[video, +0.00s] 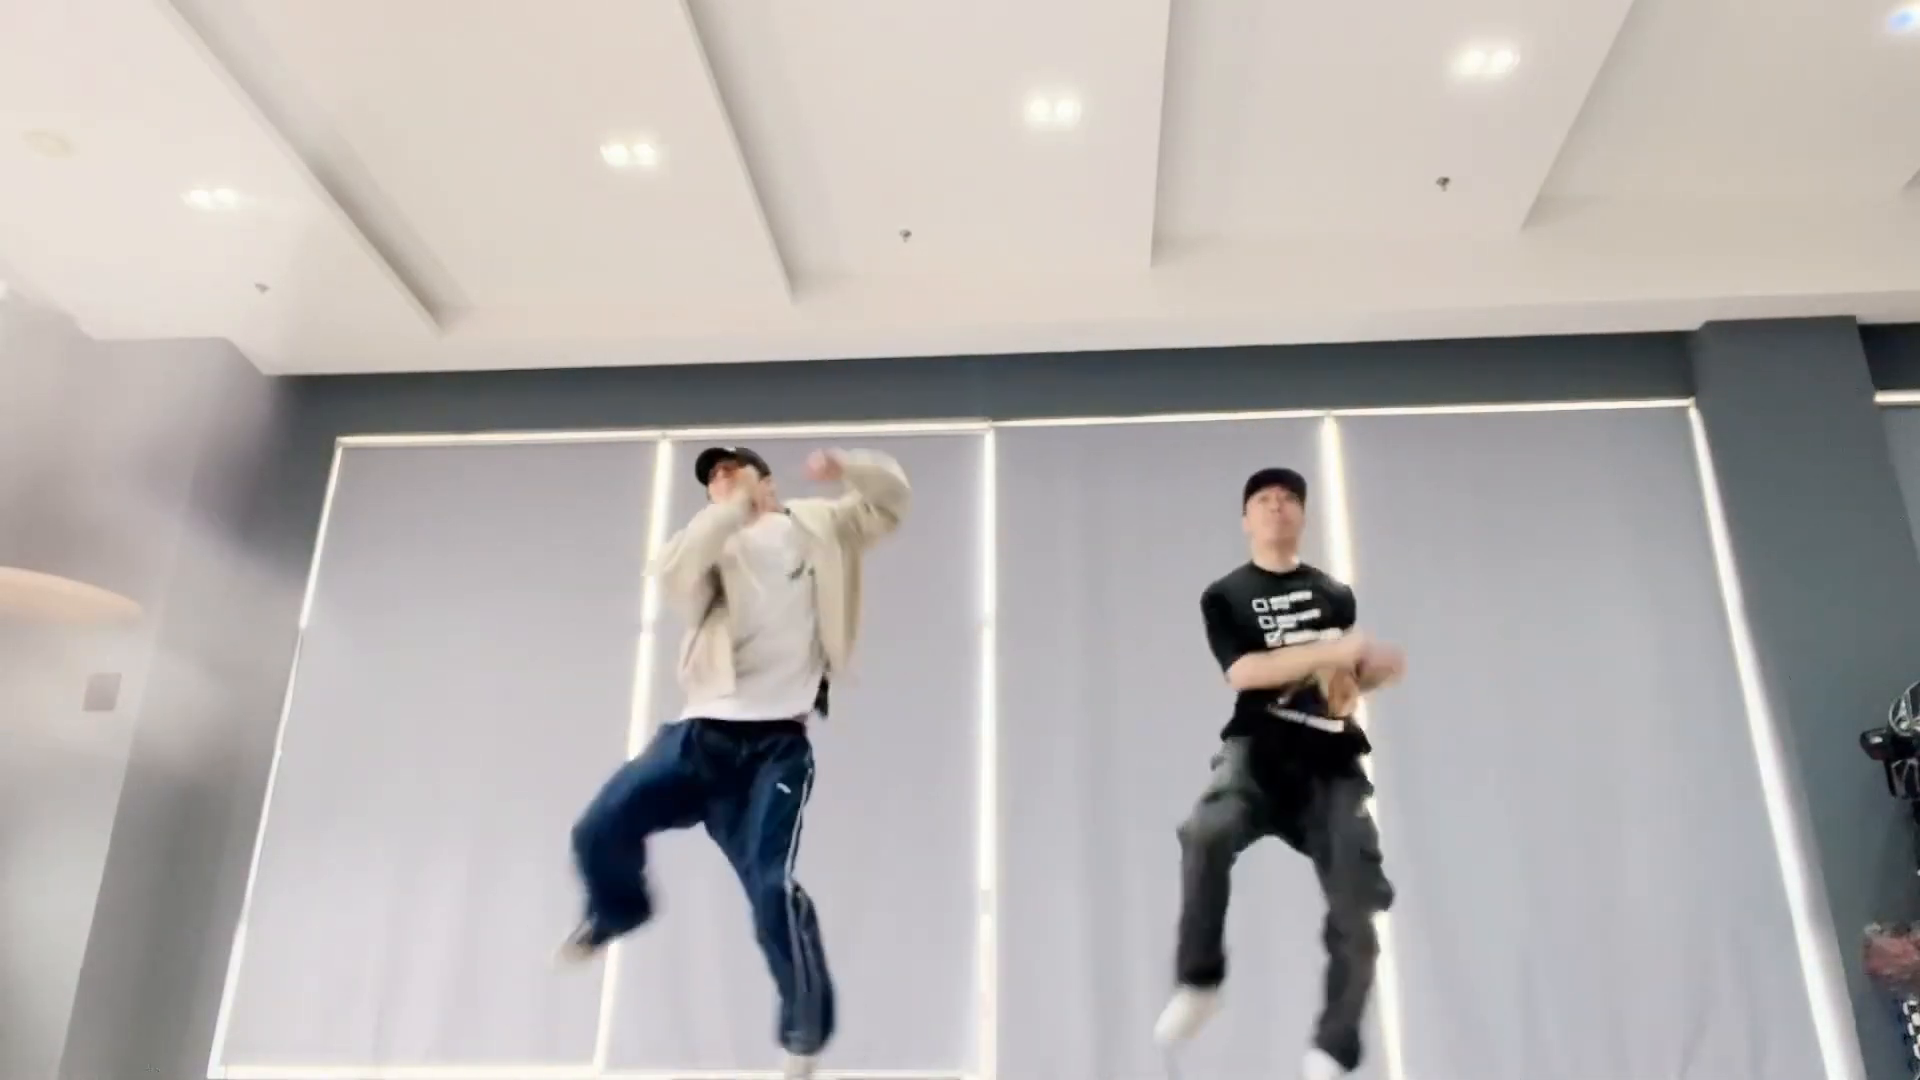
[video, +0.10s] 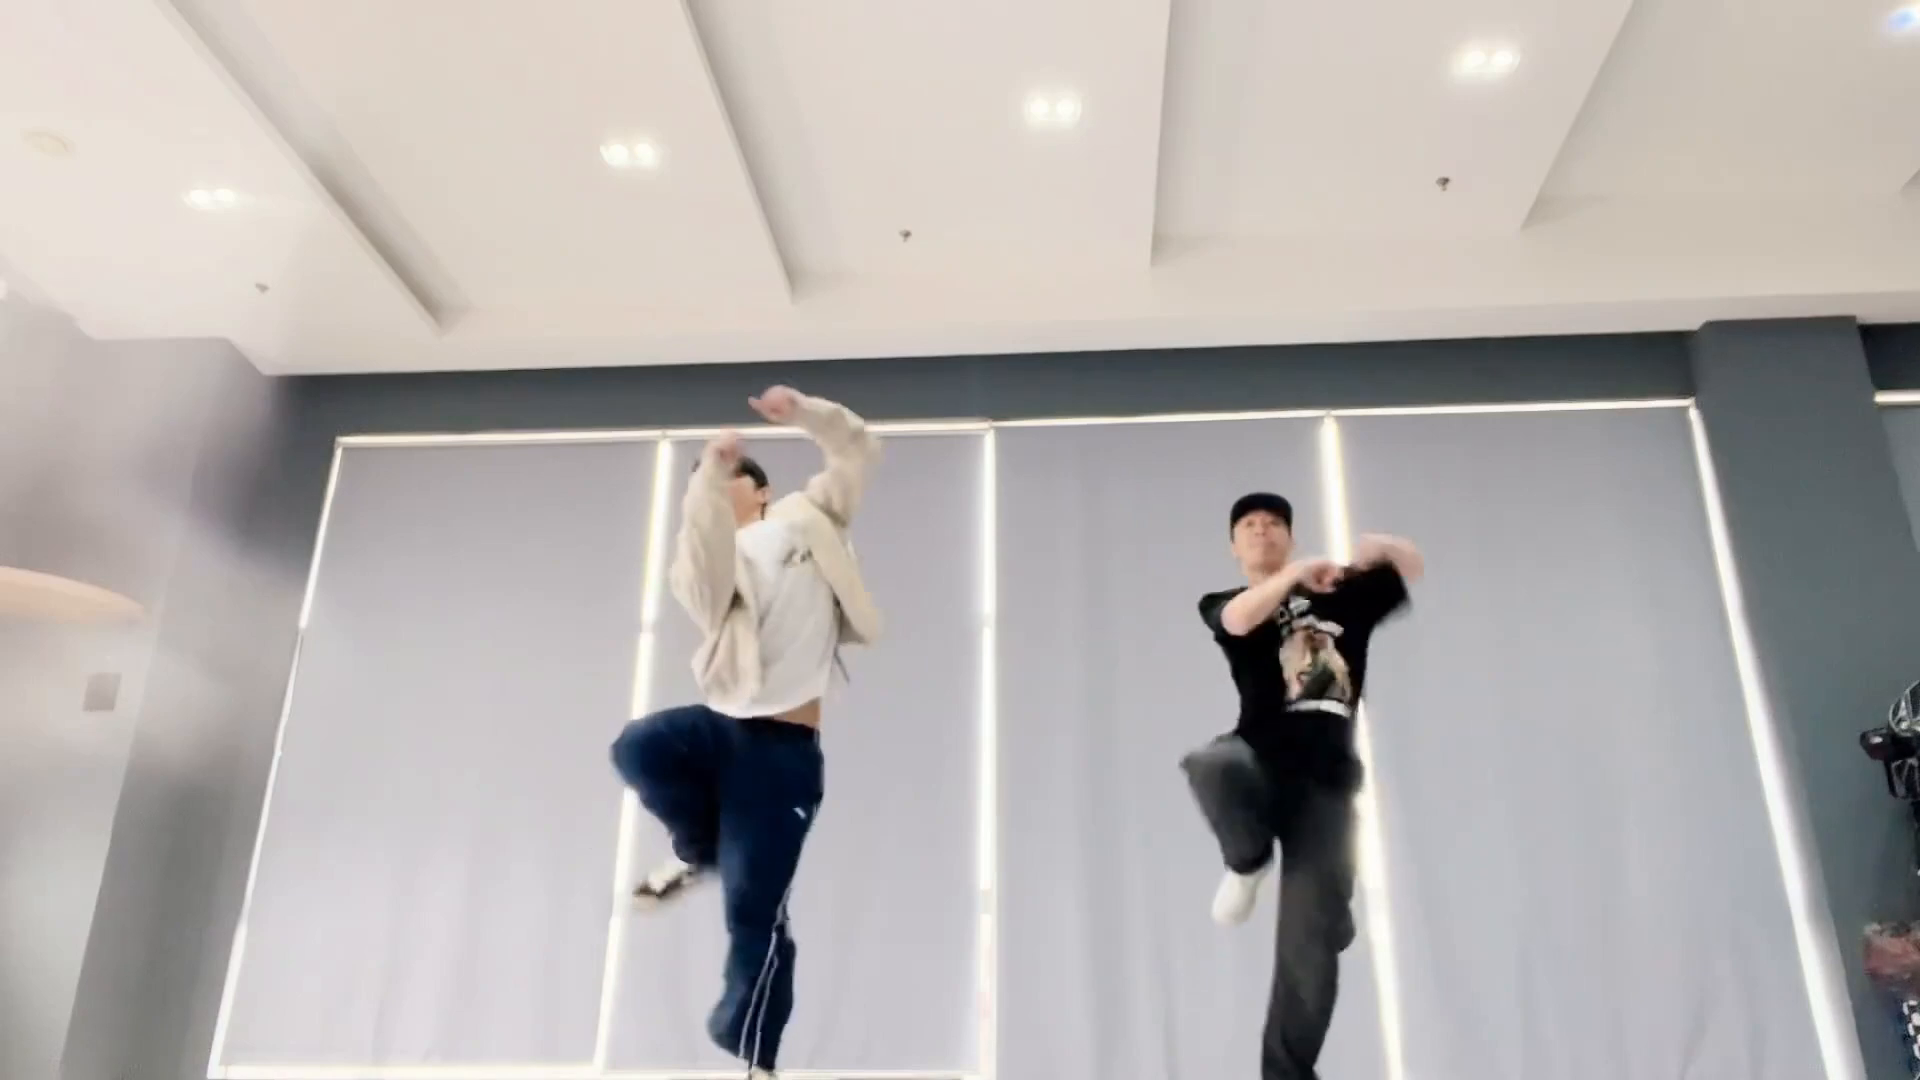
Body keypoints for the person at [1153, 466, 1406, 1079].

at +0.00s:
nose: (1277, 509)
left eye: (1288, 500)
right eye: (1264, 501)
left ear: (1303, 518)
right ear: (1246, 520)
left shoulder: (1335, 597)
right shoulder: (1225, 595)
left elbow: (1339, 690)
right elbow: (1242, 672)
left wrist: (1360, 676)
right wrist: (1337, 652)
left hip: (1331, 764)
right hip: (1257, 754)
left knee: (1357, 897)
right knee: (1204, 832)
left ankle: (1335, 1052)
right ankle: (1199, 981)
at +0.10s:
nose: (1262, 534)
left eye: (1273, 525)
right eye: (1249, 528)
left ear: (1293, 538)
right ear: (1234, 548)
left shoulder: (1349, 593)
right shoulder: (1227, 605)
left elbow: (1412, 567)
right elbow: (1238, 620)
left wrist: (1382, 550)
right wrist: (1295, 574)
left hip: (1326, 772)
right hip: (1259, 762)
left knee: (1312, 936)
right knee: (1216, 763)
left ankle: (1288, 1070)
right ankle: (1246, 866)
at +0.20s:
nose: (1264, 536)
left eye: (1275, 529)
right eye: (1252, 529)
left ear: (1290, 543)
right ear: (1233, 547)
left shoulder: (1316, 572)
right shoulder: (1219, 618)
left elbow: (1384, 511)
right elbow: (1215, 680)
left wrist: (1320, 573)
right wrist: (1258, 606)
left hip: (1333, 759)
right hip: (1265, 753)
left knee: (1347, 928)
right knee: (1265, 720)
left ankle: (1307, 1063)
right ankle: (1259, 871)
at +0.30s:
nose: (1268, 546)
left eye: (1279, 539)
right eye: (1257, 538)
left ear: (1292, 558)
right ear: (1236, 555)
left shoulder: (1311, 596)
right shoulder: (1218, 655)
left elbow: (1343, 642)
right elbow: (1233, 729)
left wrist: (1302, 702)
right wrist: (1218, 780)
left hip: (1335, 772)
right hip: (1268, 771)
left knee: (1352, 925)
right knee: (1272, 781)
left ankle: (1347, 1070)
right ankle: (1337, 902)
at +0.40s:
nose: (1278, 540)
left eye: (1289, 534)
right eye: (1266, 533)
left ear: (1301, 552)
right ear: (1244, 550)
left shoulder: (1326, 611)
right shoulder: (1222, 637)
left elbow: (1335, 691)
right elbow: (1221, 735)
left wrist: (1260, 749)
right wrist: (1205, 810)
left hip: (1327, 775)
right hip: (1259, 779)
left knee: (1357, 929)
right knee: (1295, 847)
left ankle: (1346, 1069)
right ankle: (1348, 956)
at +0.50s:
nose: (1283, 510)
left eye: (1294, 503)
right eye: (1271, 502)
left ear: (1306, 520)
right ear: (1248, 520)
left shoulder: (1330, 592)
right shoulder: (1231, 583)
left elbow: (1336, 677)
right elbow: (1207, 642)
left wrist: (1276, 636)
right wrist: (1143, 662)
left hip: (1318, 757)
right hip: (1251, 755)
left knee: (1359, 900)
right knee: (1301, 852)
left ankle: (1359, 1058)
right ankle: (1320, 1031)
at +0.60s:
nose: (1298, 514)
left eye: (1308, 507)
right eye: (1285, 505)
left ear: (1319, 526)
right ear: (1260, 522)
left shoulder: (1335, 602)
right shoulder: (1221, 562)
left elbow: (1374, 690)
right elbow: (1163, 536)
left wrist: (1344, 608)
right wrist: (1160, 505)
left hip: (1312, 761)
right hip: (1239, 765)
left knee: (1394, 873)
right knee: (1280, 888)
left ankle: (1329, 942)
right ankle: (1277, 1066)